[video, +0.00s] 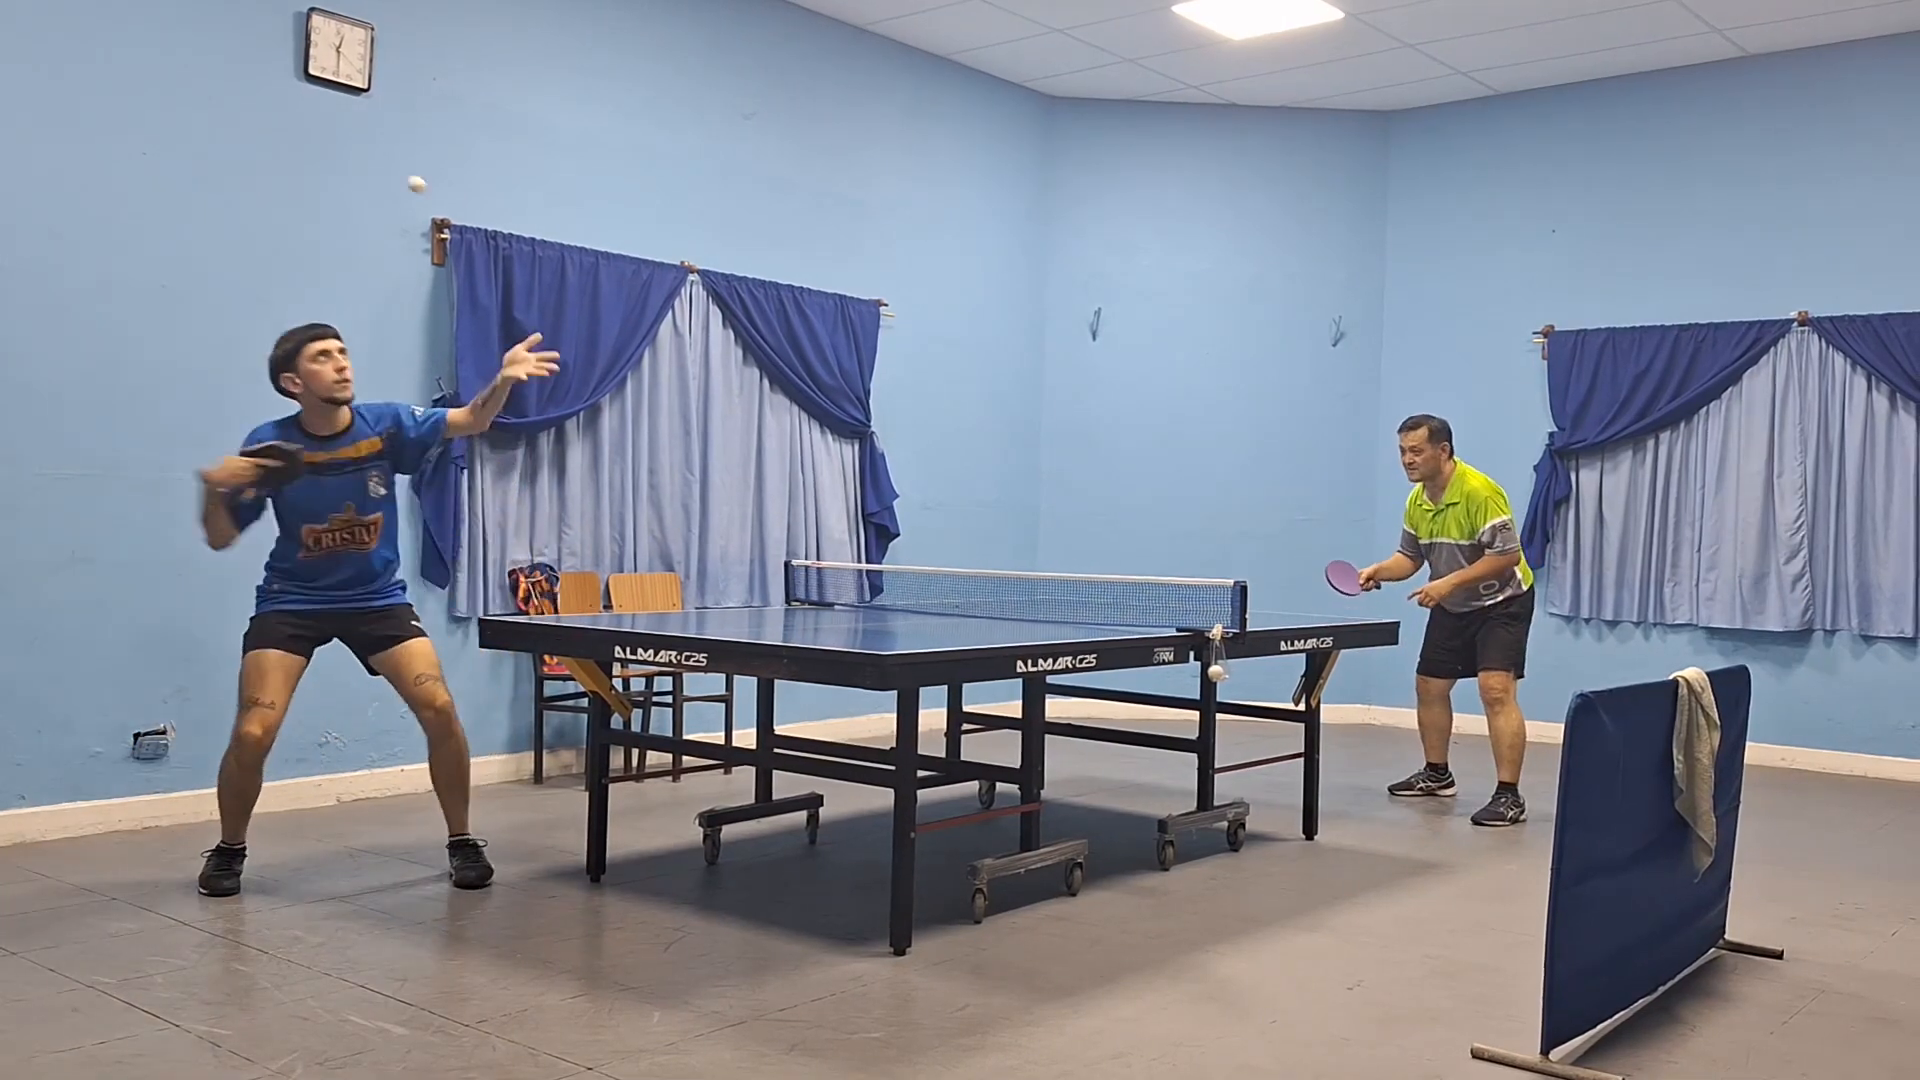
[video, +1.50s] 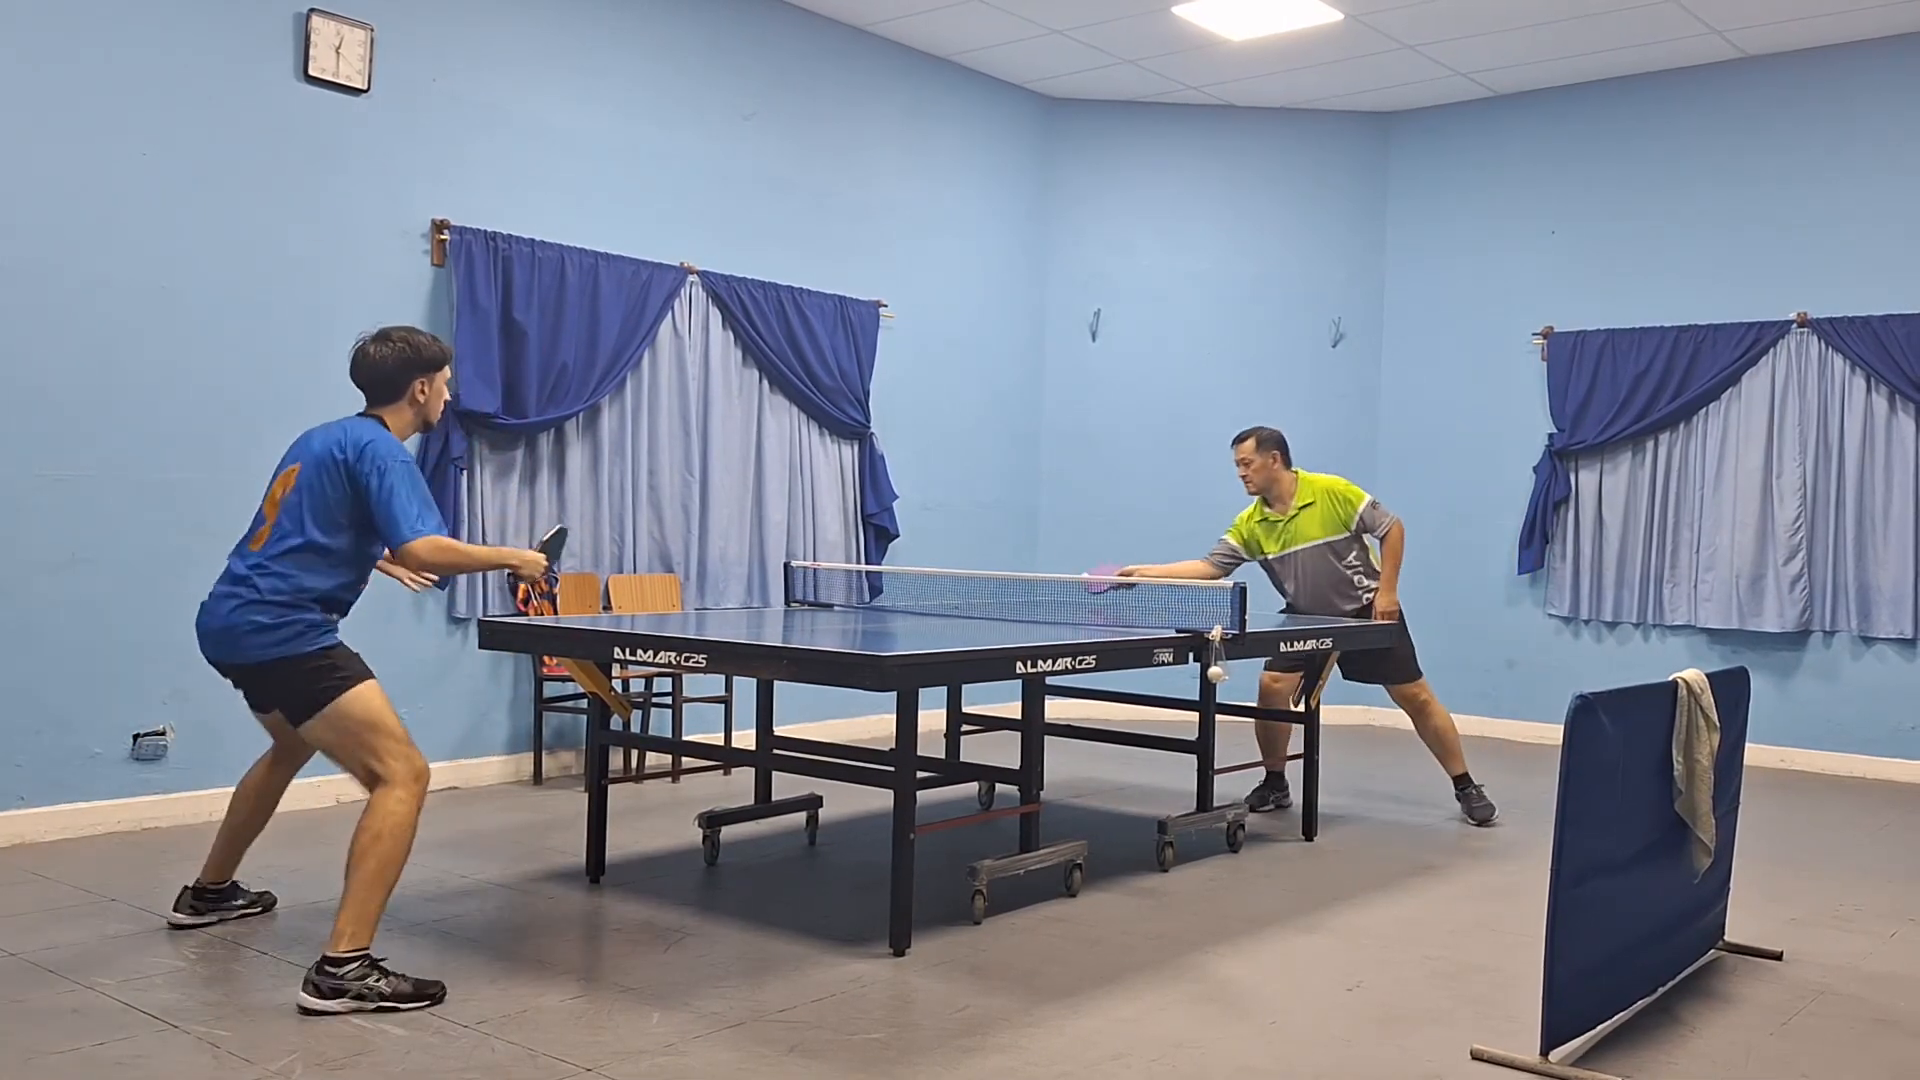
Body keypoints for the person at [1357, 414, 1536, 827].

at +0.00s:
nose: (1407, 459)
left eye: (1416, 451)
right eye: (1403, 451)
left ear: (1444, 451)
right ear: (1401, 453)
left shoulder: (1480, 492)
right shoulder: (1418, 499)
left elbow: (1506, 555)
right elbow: (1410, 558)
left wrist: (1447, 583)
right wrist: (1380, 571)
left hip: (1502, 602)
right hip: (1452, 606)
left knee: (1495, 689)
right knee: (1430, 685)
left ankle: (1508, 795)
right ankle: (1437, 773)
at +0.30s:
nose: (1420, 443)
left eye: (1429, 435)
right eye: (1416, 436)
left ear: (1457, 437)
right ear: (1415, 440)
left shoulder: (1489, 485)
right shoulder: (1423, 490)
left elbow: (1518, 547)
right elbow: (1409, 547)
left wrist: (1460, 574)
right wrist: (1378, 561)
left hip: (1496, 603)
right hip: (1446, 604)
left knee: (1489, 686)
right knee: (1434, 684)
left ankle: (1509, 794)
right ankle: (1437, 772)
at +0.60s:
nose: (1415, 435)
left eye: (1423, 427)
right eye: (1411, 428)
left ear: (1452, 429)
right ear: (1411, 431)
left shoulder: (1482, 477)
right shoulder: (1419, 484)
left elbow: (1519, 535)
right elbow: (1408, 545)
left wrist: (1463, 571)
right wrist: (1375, 562)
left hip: (1484, 606)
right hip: (1432, 604)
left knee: (1484, 694)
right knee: (1406, 684)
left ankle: (1509, 795)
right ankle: (1385, 773)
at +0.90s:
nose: (1392, 439)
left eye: (1400, 431)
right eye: (1389, 433)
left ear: (1430, 433)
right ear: (1389, 438)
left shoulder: (1467, 483)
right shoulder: (1390, 491)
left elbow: (1505, 540)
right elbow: (1365, 547)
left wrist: (1453, 579)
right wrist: (1325, 555)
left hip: (1461, 612)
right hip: (1404, 610)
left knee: (1470, 700)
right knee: (1361, 684)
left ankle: (1493, 793)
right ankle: (1370, 769)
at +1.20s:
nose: (1317, 455)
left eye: (1324, 446)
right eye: (1314, 448)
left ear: (1353, 444)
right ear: (1319, 452)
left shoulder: (1397, 488)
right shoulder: (1322, 506)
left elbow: (1441, 542)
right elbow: (1290, 557)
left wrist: (1410, 593)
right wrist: (1226, 561)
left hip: (1410, 621)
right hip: (1350, 626)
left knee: (1441, 706)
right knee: (1306, 696)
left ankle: (1488, 793)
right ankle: (1280, 782)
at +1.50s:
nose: (1240, 472)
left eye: (1247, 463)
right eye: (1237, 465)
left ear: (1276, 460)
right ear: (1255, 469)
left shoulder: (1331, 492)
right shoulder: (1250, 525)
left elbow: (1391, 528)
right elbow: (1211, 566)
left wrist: (1388, 588)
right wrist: (1147, 572)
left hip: (1368, 614)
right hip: (1308, 624)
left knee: (1415, 697)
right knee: (1272, 688)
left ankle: (1466, 787)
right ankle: (1274, 785)